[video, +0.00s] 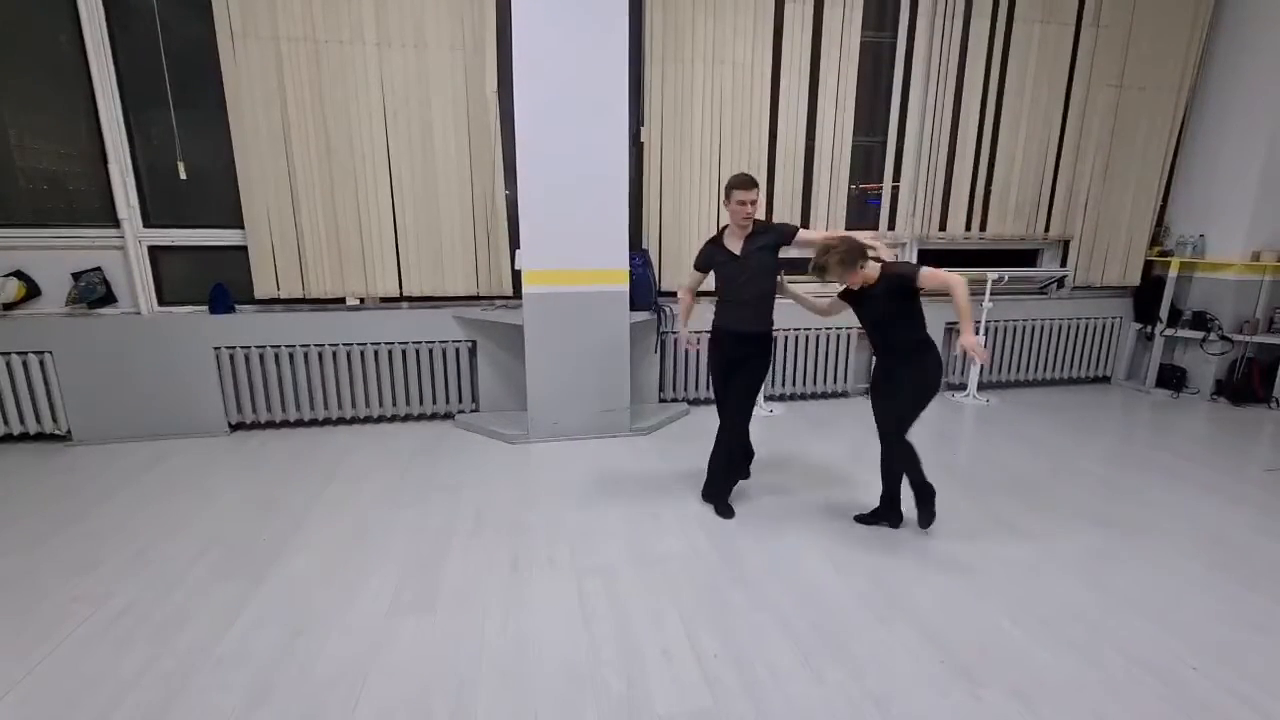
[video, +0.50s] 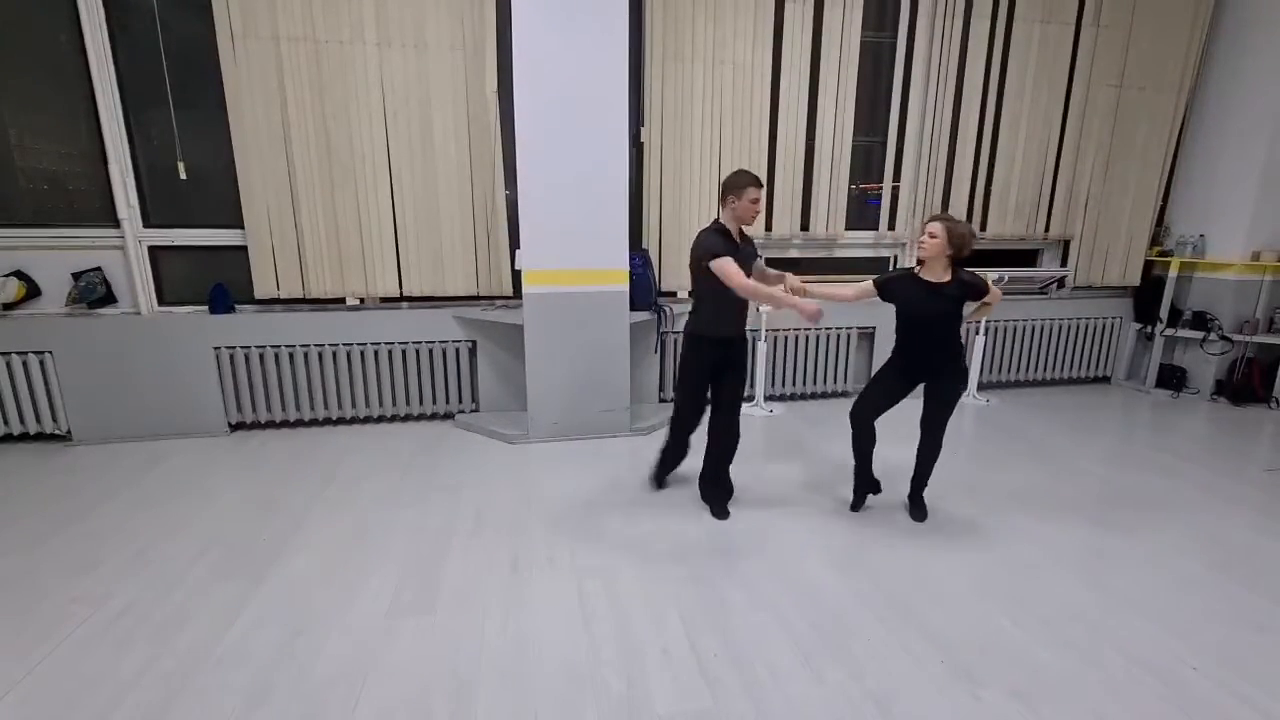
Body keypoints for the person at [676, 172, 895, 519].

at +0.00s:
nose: (747, 209)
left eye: (752, 203)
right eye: (740, 203)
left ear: (759, 203)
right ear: (726, 204)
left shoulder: (772, 233)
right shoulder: (714, 247)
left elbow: (824, 238)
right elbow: (689, 288)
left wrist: (872, 241)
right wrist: (683, 324)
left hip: (758, 338)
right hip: (723, 337)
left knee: (736, 412)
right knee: (728, 410)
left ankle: (716, 489)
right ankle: (741, 460)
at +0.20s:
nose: (750, 210)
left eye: (754, 204)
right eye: (743, 204)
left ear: (757, 206)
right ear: (724, 203)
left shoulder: (763, 240)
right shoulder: (703, 245)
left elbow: (798, 268)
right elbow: (670, 290)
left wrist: (851, 276)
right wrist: (663, 330)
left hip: (751, 338)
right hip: (716, 338)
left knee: (734, 414)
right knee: (724, 410)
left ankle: (716, 491)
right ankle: (740, 459)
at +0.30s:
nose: (754, 210)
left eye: (757, 204)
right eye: (748, 204)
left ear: (758, 206)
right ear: (726, 203)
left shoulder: (756, 244)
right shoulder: (702, 246)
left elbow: (770, 285)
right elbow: (693, 297)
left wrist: (806, 291)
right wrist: (709, 331)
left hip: (746, 336)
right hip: (712, 335)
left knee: (732, 414)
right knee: (720, 410)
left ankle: (715, 489)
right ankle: (737, 455)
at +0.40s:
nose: (757, 208)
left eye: (759, 202)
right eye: (751, 201)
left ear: (754, 204)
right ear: (729, 201)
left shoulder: (750, 245)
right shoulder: (707, 242)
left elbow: (757, 288)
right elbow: (723, 289)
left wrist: (786, 288)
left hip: (739, 342)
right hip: (706, 343)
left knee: (730, 416)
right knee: (708, 412)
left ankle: (716, 491)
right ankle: (720, 465)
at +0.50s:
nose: (759, 208)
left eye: (760, 202)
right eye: (753, 201)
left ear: (740, 203)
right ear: (731, 201)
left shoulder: (745, 243)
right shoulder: (709, 241)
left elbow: (758, 272)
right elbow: (742, 287)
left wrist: (784, 279)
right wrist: (794, 304)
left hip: (733, 343)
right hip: (701, 342)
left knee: (726, 423)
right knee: (688, 414)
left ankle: (715, 491)